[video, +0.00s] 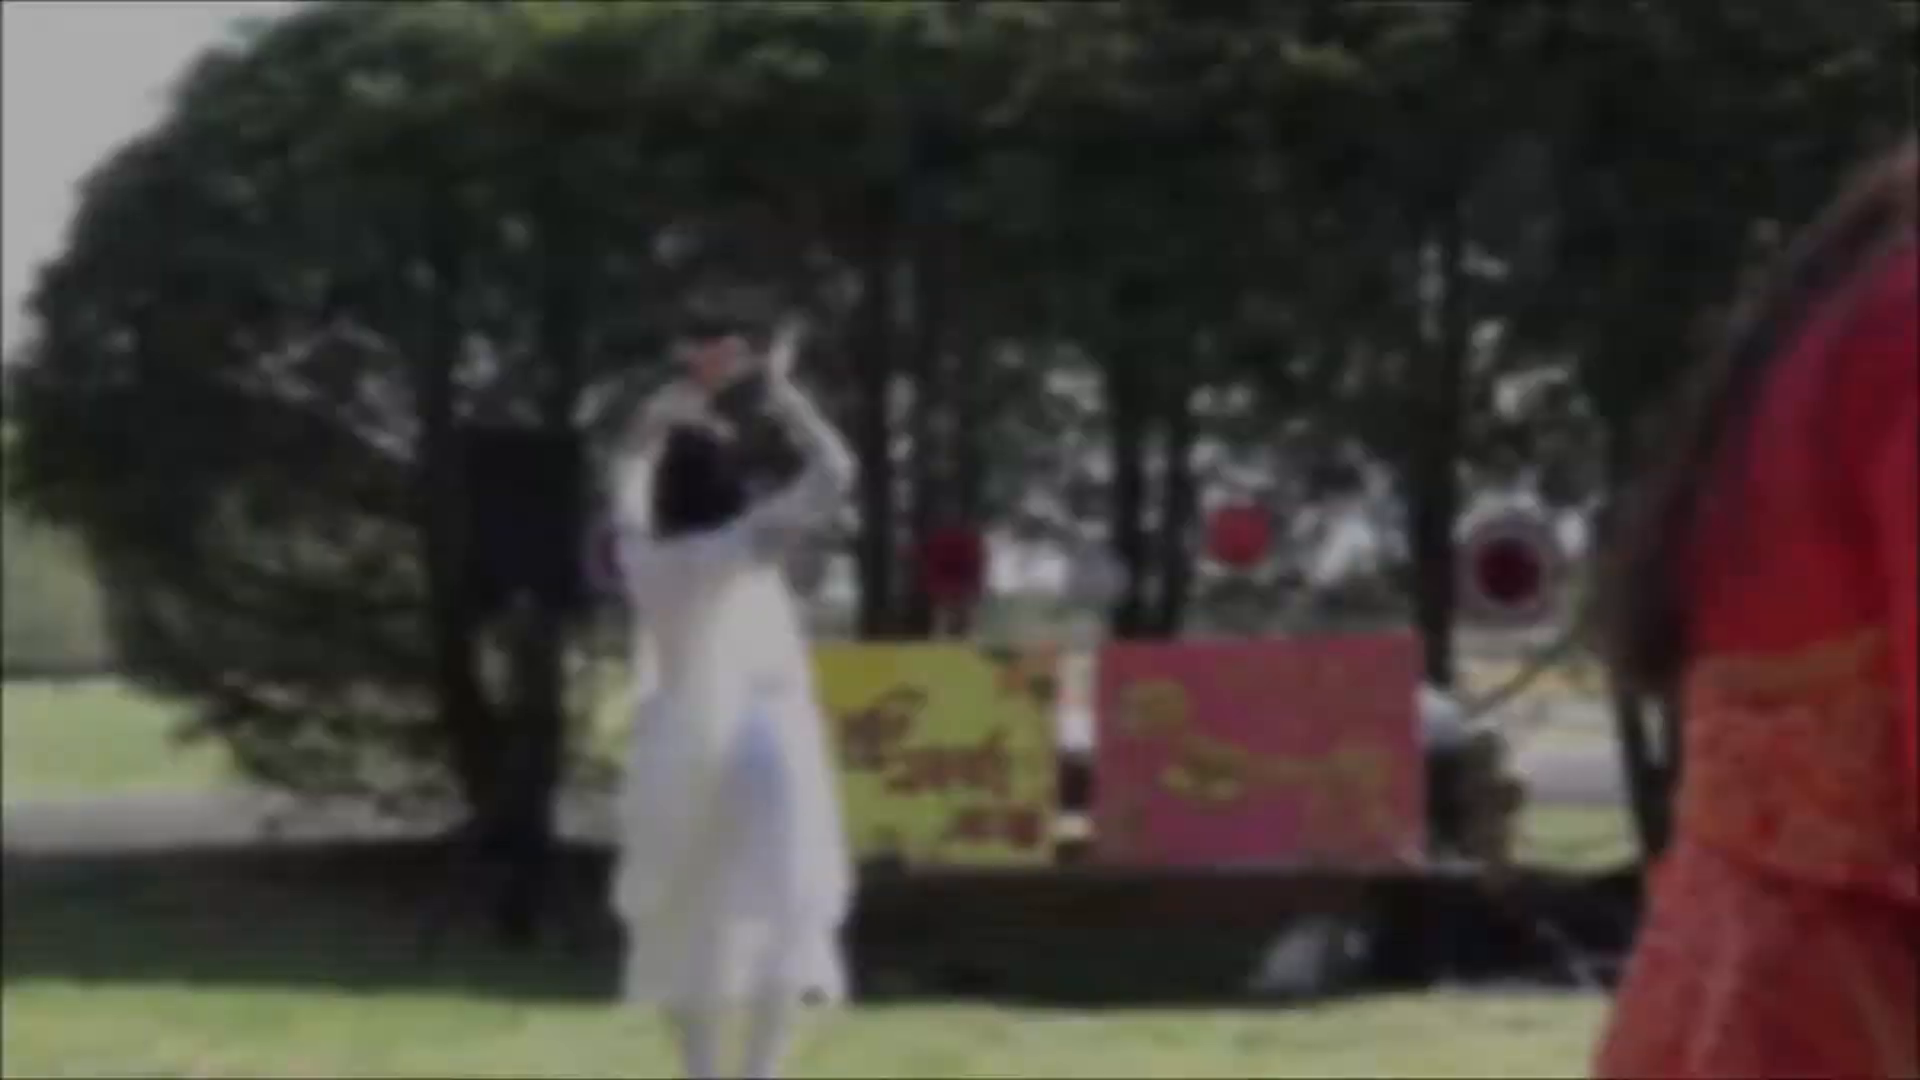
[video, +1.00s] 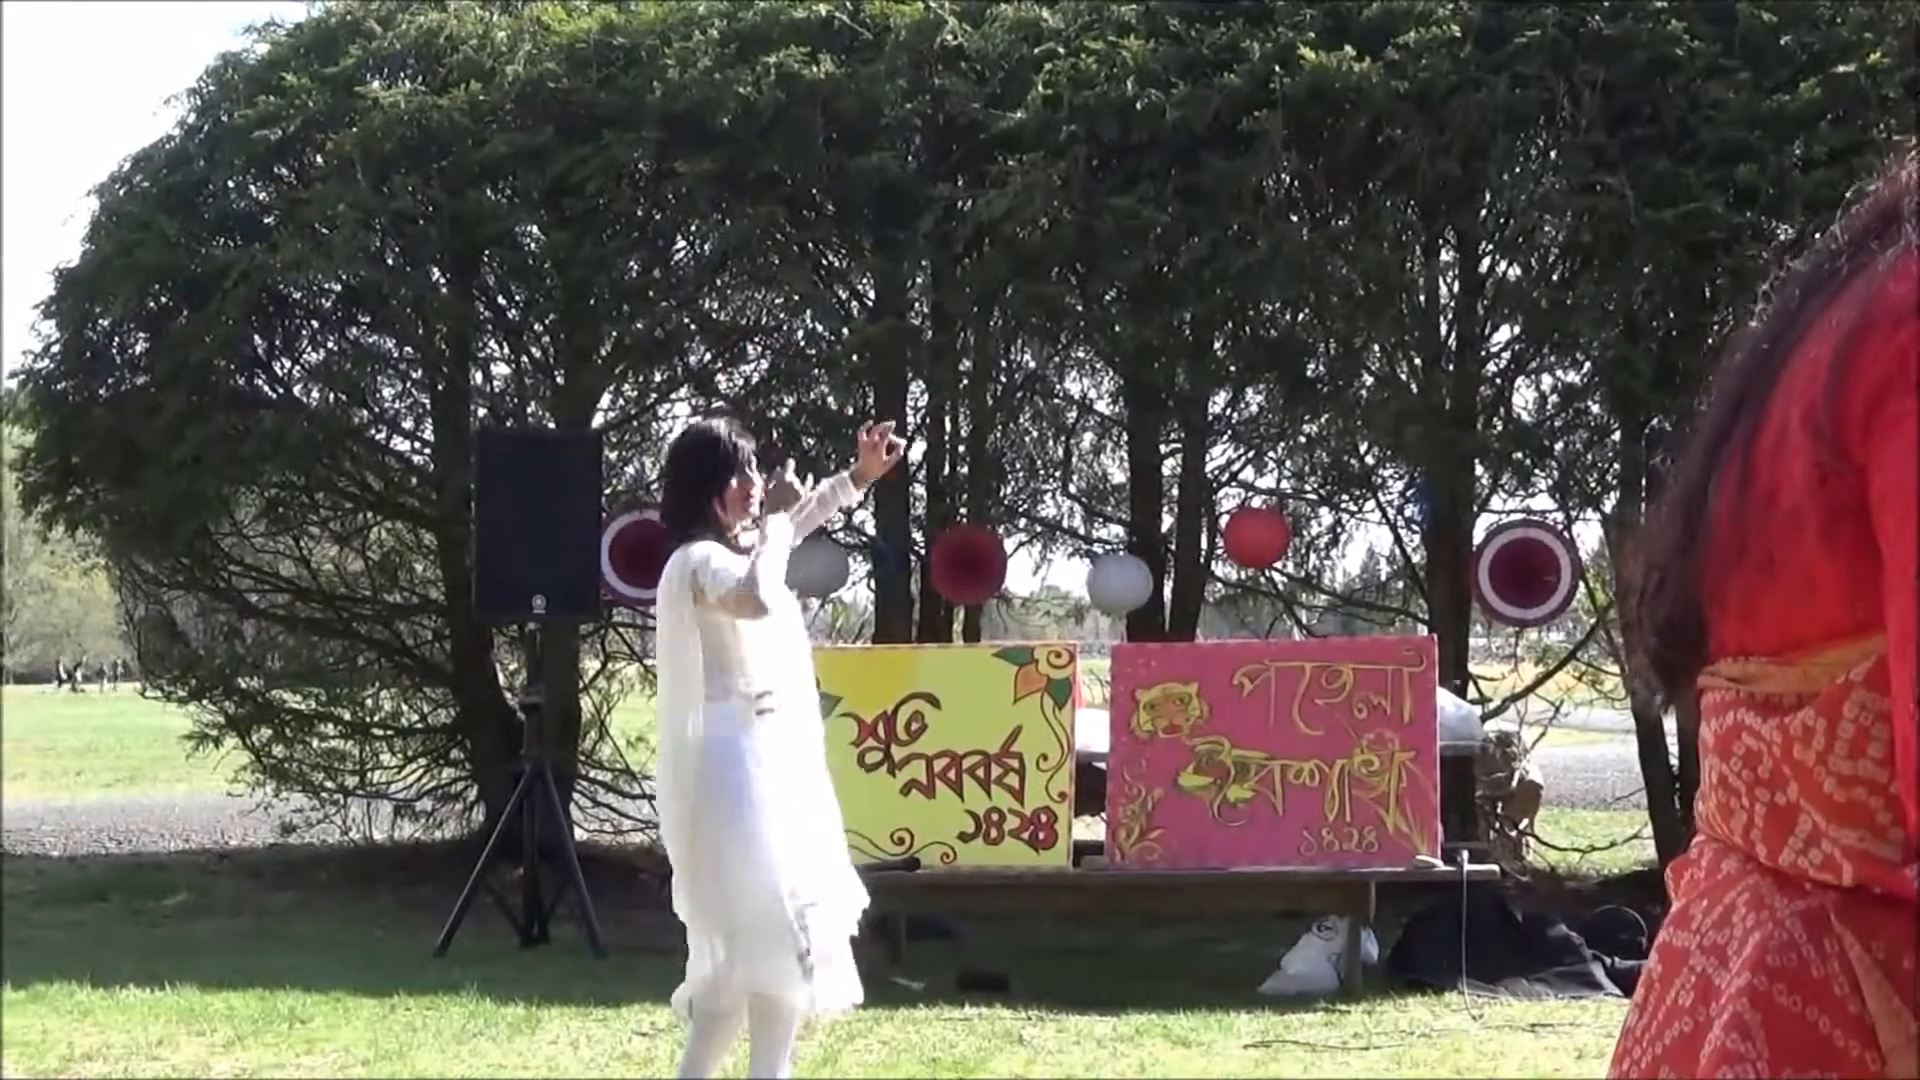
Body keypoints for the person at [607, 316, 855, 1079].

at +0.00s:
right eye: (734, 471)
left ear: (664, 492)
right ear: (738, 491)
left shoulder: (645, 560)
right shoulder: (746, 550)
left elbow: (630, 460)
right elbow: (831, 473)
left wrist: (682, 391)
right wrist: (779, 391)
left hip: (679, 738)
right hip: (756, 737)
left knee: (687, 906)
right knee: (780, 905)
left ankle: (700, 1057)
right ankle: (762, 1059)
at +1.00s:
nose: (758, 486)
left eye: (755, 473)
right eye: (746, 475)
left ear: (730, 495)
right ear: (716, 492)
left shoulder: (735, 548)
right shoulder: (697, 560)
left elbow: (802, 516)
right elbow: (756, 596)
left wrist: (862, 475)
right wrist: (778, 523)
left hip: (758, 766)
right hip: (741, 771)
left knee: (737, 944)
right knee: (778, 936)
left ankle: (694, 1068)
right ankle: (771, 1070)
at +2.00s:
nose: (640, 488)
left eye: (650, 477)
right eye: (625, 475)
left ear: (660, 490)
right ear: (593, 486)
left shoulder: (680, 573)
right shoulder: (546, 569)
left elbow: (766, 649)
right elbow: (487, 671)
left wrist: (863, 659)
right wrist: (513, 616)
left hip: (660, 788)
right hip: (558, 789)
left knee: (708, 953)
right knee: (532, 958)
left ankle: (728, 1072)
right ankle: (519, 1075)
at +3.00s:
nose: (719, 522)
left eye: (730, 505)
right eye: (703, 513)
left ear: (757, 507)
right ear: (689, 526)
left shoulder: (803, 580)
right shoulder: (691, 604)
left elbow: (808, 704)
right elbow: (687, 722)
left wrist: (845, 697)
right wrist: (779, 681)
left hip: (802, 817)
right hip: (715, 820)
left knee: (810, 983)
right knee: (647, 972)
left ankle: (774, 1073)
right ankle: (582, 1074)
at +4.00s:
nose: (597, 516)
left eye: (609, 501)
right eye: (582, 503)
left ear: (626, 506)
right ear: (557, 510)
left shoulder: (655, 586)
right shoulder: (521, 595)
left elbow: (672, 708)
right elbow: (493, 709)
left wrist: (727, 736)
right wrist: (560, 669)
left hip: (642, 813)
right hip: (550, 815)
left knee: (653, 961)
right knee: (551, 976)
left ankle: (611, 1069)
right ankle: (555, 1070)